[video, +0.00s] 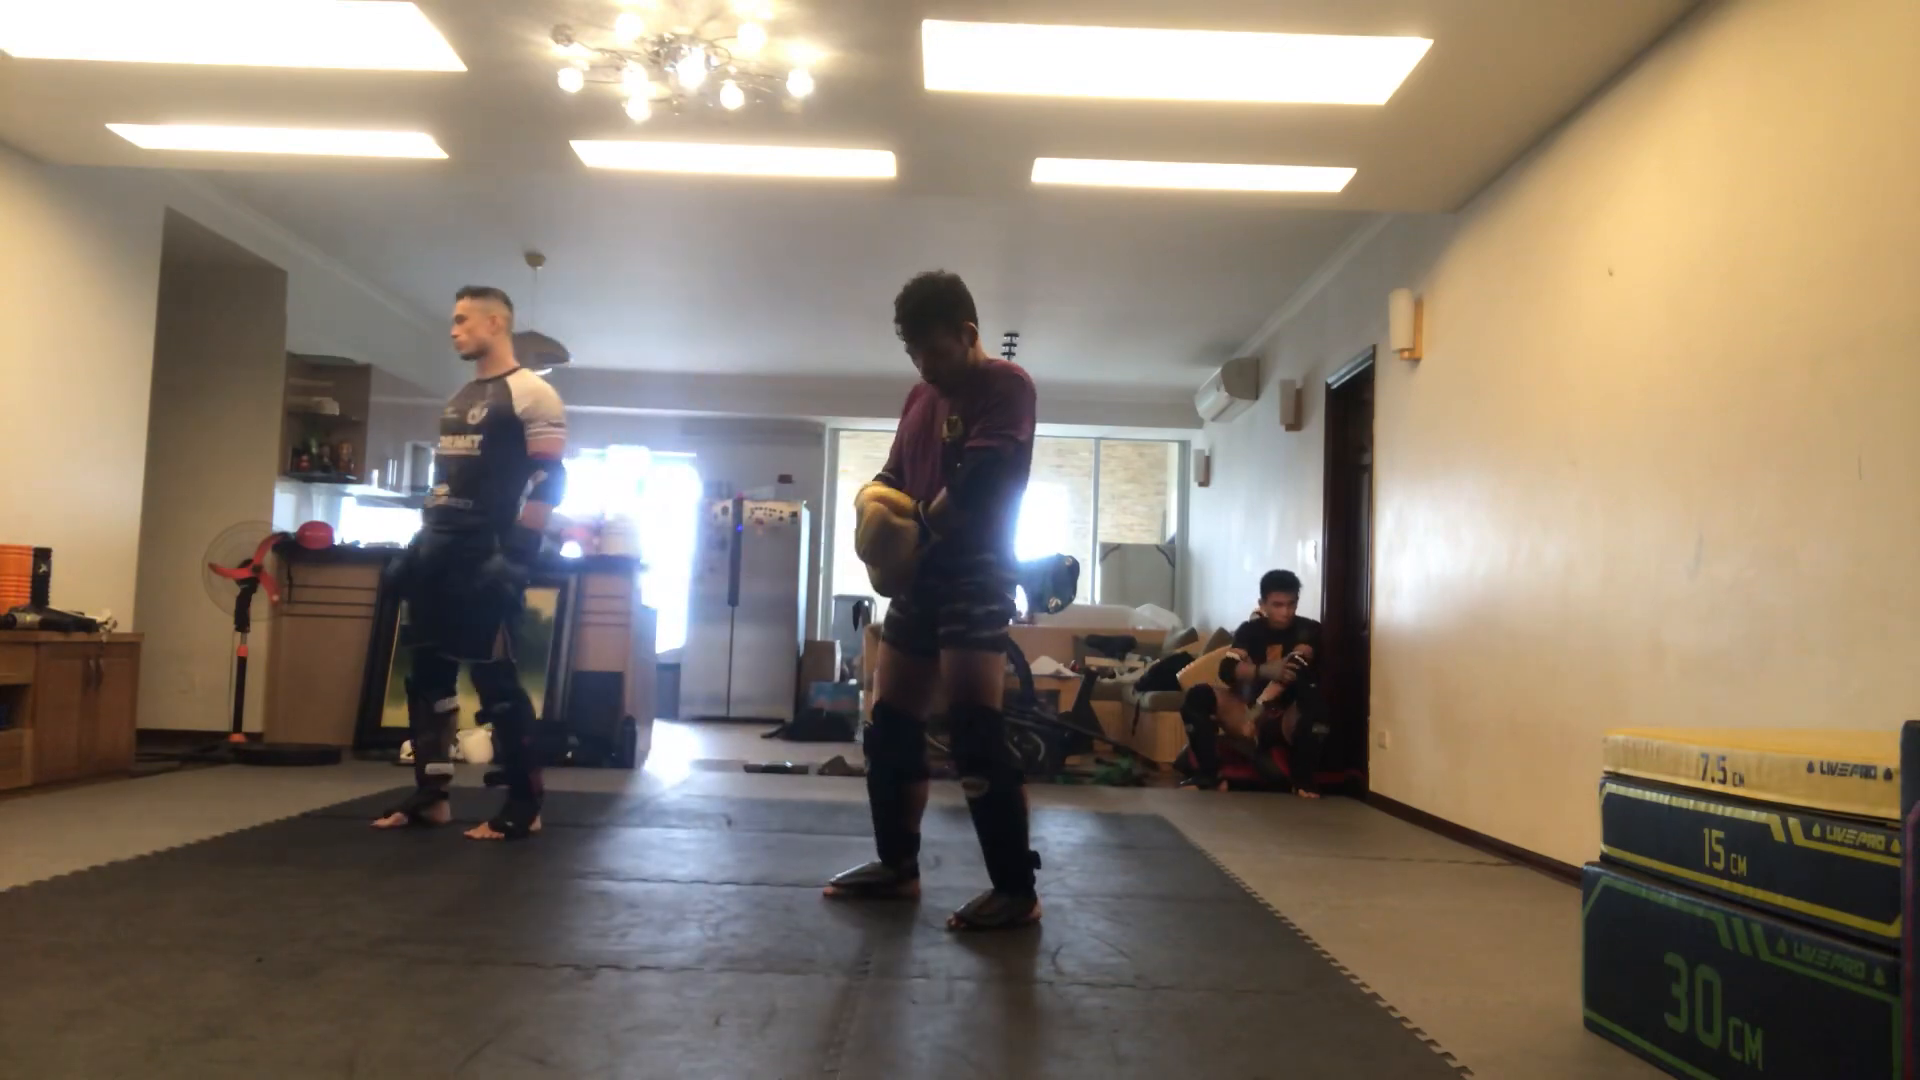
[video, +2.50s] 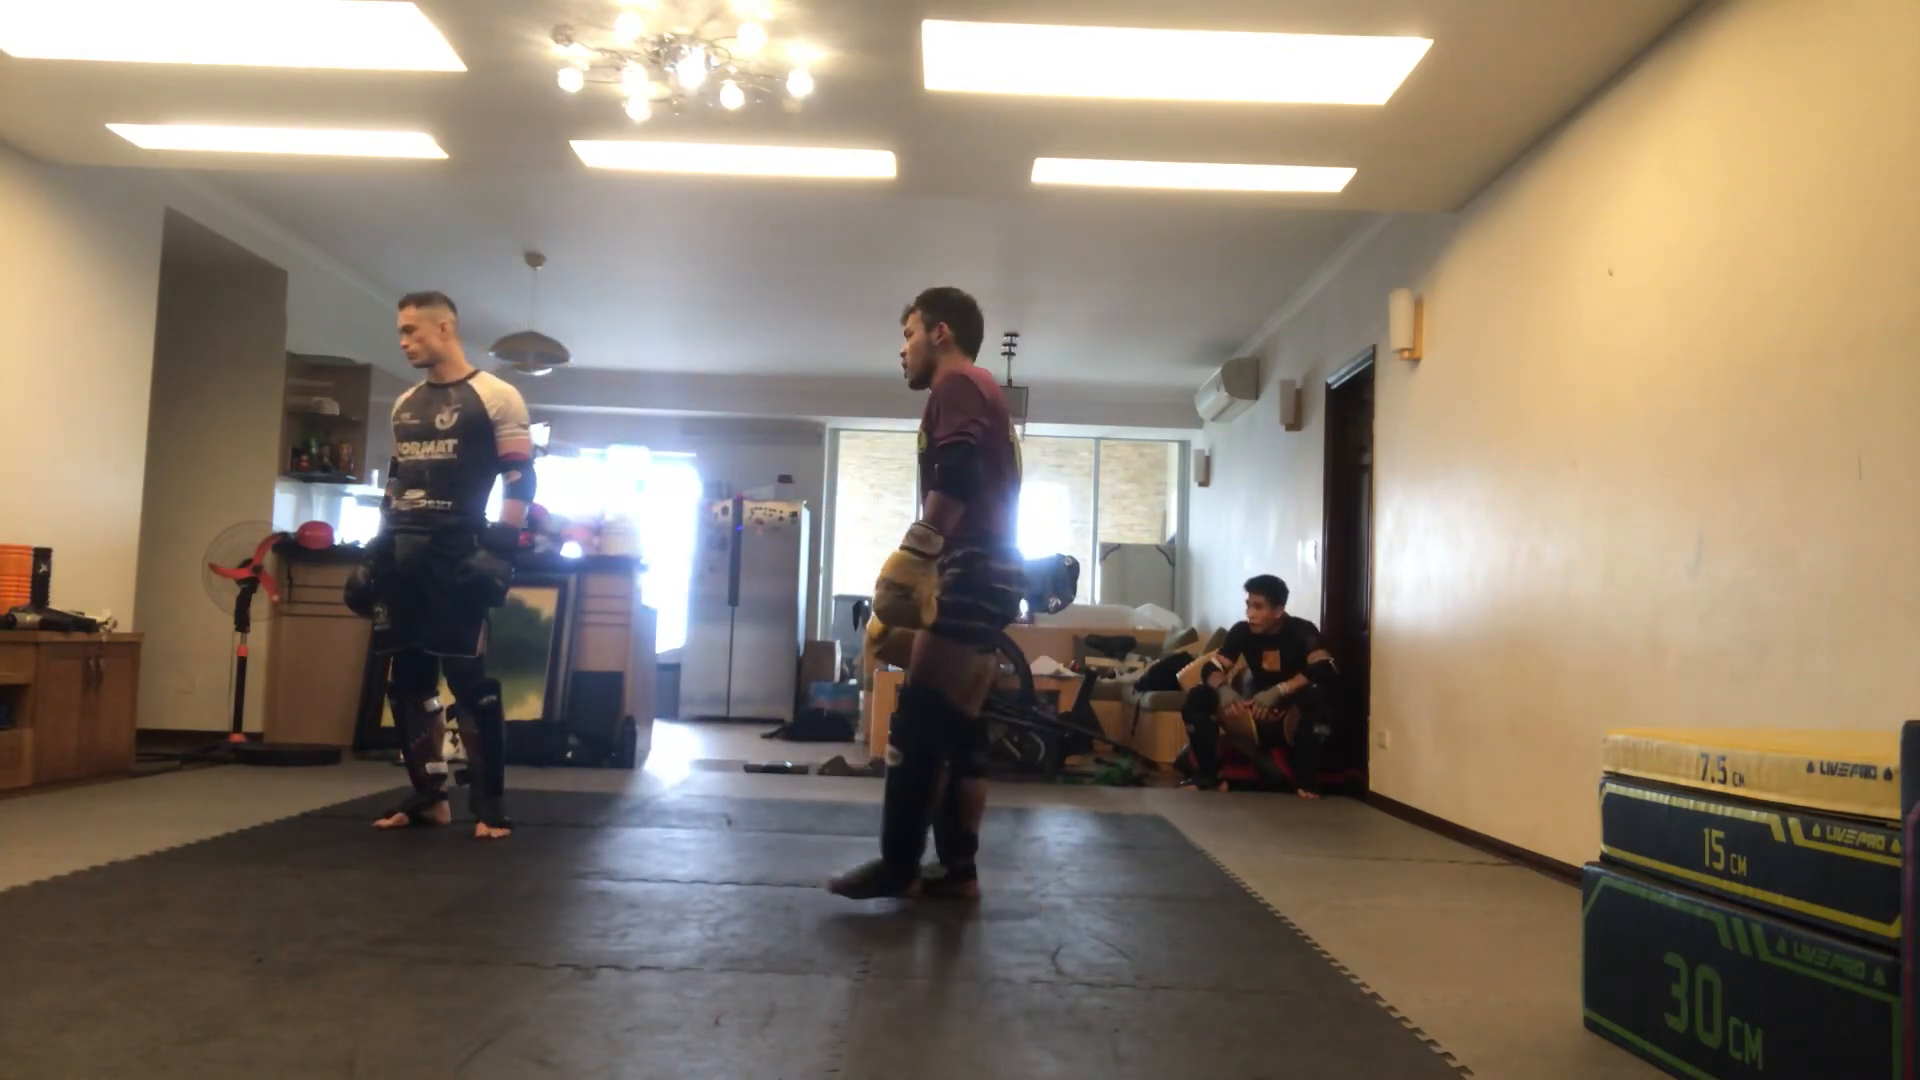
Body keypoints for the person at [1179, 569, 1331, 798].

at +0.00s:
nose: (1285, 612)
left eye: (1291, 604)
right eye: (1277, 605)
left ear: (1297, 603)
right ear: (1263, 605)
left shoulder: (1309, 630)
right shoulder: (1249, 630)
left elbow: (1293, 671)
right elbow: (1227, 669)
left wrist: (1259, 707)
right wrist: (1266, 670)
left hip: (1287, 714)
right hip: (1247, 711)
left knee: (1313, 704)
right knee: (1198, 697)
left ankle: (1303, 782)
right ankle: (1208, 776)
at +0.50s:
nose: (1271, 605)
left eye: (1279, 598)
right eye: (1266, 598)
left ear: (1294, 601)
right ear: (1260, 601)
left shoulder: (1311, 630)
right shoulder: (1251, 630)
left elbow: (1305, 667)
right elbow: (1225, 665)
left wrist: (1273, 692)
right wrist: (1265, 669)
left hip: (1292, 716)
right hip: (1249, 717)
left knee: (1318, 696)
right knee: (1199, 696)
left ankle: (1304, 780)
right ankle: (1207, 775)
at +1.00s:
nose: (1264, 610)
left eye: (1272, 604)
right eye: (1261, 603)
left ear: (1291, 605)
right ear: (1257, 603)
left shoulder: (1311, 632)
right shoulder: (1249, 634)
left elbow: (1324, 671)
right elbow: (1214, 669)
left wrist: (1276, 683)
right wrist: (1226, 687)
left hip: (1294, 713)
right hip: (1252, 712)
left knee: (1316, 700)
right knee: (1200, 698)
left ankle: (1305, 781)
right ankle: (1209, 775)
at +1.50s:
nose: (1251, 612)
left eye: (1258, 605)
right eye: (1249, 605)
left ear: (1279, 607)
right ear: (1245, 604)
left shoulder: (1304, 630)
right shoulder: (1244, 633)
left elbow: (1325, 668)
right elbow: (1212, 669)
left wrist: (1279, 690)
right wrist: (1228, 692)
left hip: (1292, 717)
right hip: (1251, 716)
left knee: (1317, 702)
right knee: (1199, 699)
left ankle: (1306, 782)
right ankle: (1209, 776)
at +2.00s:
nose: (1250, 610)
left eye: (1257, 603)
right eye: (1248, 603)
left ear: (1279, 605)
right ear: (1245, 603)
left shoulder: (1303, 631)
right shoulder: (1242, 632)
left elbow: (1324, 667)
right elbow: (1211, 669)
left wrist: (1277, 691)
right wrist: (1224, 689)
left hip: (1294, 708)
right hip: (1252, 708)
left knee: (1317, 704)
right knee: (1197, 699)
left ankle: (1307, 781)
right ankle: (1208, 775)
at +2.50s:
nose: (1250, 613)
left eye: (1257, 607)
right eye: (1248, 606)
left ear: (1278, 611)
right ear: (1245, 604)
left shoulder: (1302, 631)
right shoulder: (1242, 632)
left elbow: (1324, 668)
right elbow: (1212, 668)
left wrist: (1277, 691)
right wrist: (1223, 690)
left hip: (1293, 713)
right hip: (1254, 712)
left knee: (1316, 701)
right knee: (1198, 698)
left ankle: (1306, 781)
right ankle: (1208, 776)